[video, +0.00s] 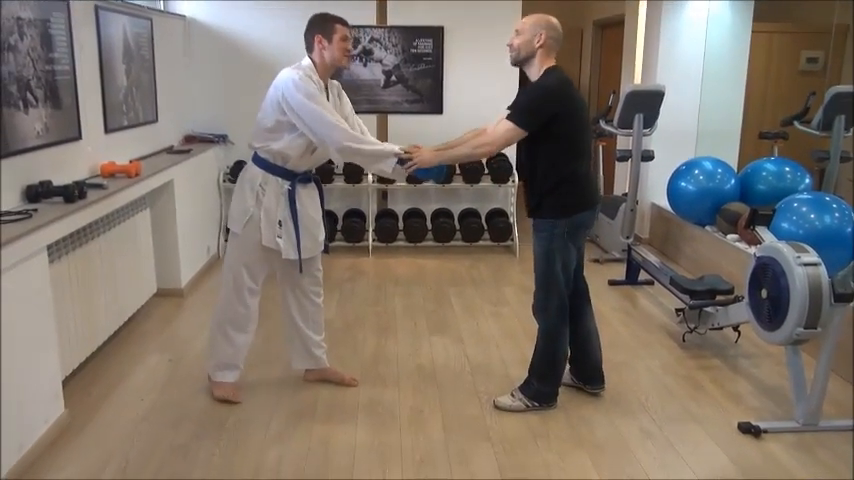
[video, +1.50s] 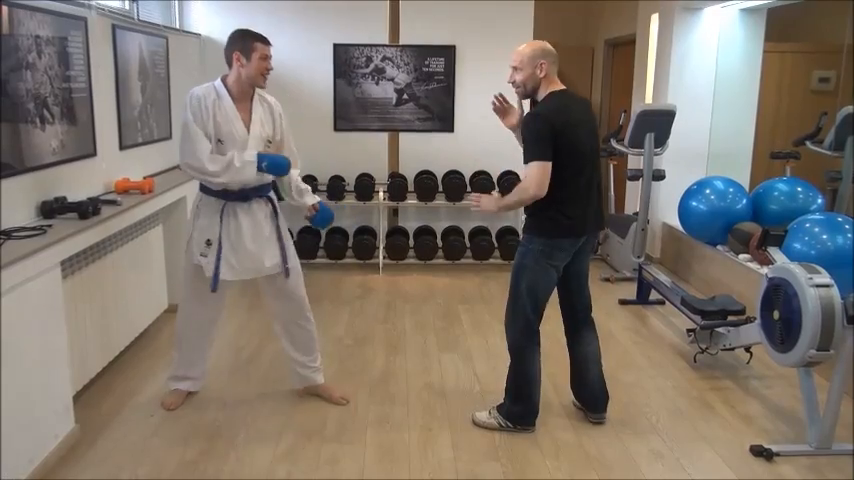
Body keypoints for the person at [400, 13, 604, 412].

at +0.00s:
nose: (510, 42)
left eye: (517, 35)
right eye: (512, 34)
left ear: (539, 42)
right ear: (539, 42)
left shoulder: (548, 90)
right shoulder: (537, 86)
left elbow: (491, 146)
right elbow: (488, 133)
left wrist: (437, 158)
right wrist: (436, 150)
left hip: (562, 211)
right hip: (566, 207)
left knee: (550, 304)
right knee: (572, 292)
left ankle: (540, 392)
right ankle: (589, 375)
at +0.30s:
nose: (542, 39)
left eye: (550, 32)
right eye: (545, 33)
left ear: (575, 37)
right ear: (574, 39)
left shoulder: (575, 86)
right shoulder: (581, 84)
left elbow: (557, 154)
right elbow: (545, 148)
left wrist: (518, 207)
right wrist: (501, 176)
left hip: (562, 212)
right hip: (580, 209)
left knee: (530, 295)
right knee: (583, 293)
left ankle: (540, 388)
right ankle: (594, 375)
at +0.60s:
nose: (540, 49)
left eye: (547, 42)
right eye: (542, 43)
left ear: (572, 47)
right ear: (573, 50)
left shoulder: (569, 85)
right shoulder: (587, 86)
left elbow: (603, 136)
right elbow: (617, 142)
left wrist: (613, 195)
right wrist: (622, 192)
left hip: (562, 216)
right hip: (585, 215)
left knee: (531, 303)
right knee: (591, 300)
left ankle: (516, 397)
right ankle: (597, 383)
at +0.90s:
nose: (527, 57)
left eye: (533, 51)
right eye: (528, 50)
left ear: (557, 54)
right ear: (562, 56)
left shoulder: (543, 94)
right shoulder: (591, 96)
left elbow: (515, 145)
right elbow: (608, 151)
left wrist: (490, 192)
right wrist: (573, 156)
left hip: (552, 224)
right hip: (585, 220)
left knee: (524, 313)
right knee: (583, 305)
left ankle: (516, 405)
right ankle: (596, 389)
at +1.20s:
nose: (489, 82)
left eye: (495, 74)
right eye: (489, 74)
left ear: (522, 74)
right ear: (527, 74)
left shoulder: (532, 116)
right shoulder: (564, 102)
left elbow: (509, 187)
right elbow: (557, 157)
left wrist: (469, 162)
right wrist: (511, 143)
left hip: (548, 229)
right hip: (580, 222)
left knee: (523, 319)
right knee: (573, 305)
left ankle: (518, 410)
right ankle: (591, 391)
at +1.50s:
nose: (510, 77)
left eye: (516, 69)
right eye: (511, 69)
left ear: (541, 70)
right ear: (546, 70)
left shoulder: (541, 115)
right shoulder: (579, 105)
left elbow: (535, 185)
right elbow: (565, 163)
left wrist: (498, 203)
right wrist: (519, 127)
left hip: (549, 232)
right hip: (583, 227)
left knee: (521, 323)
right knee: (579, 317)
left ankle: (519, 413)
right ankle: (594, 403)